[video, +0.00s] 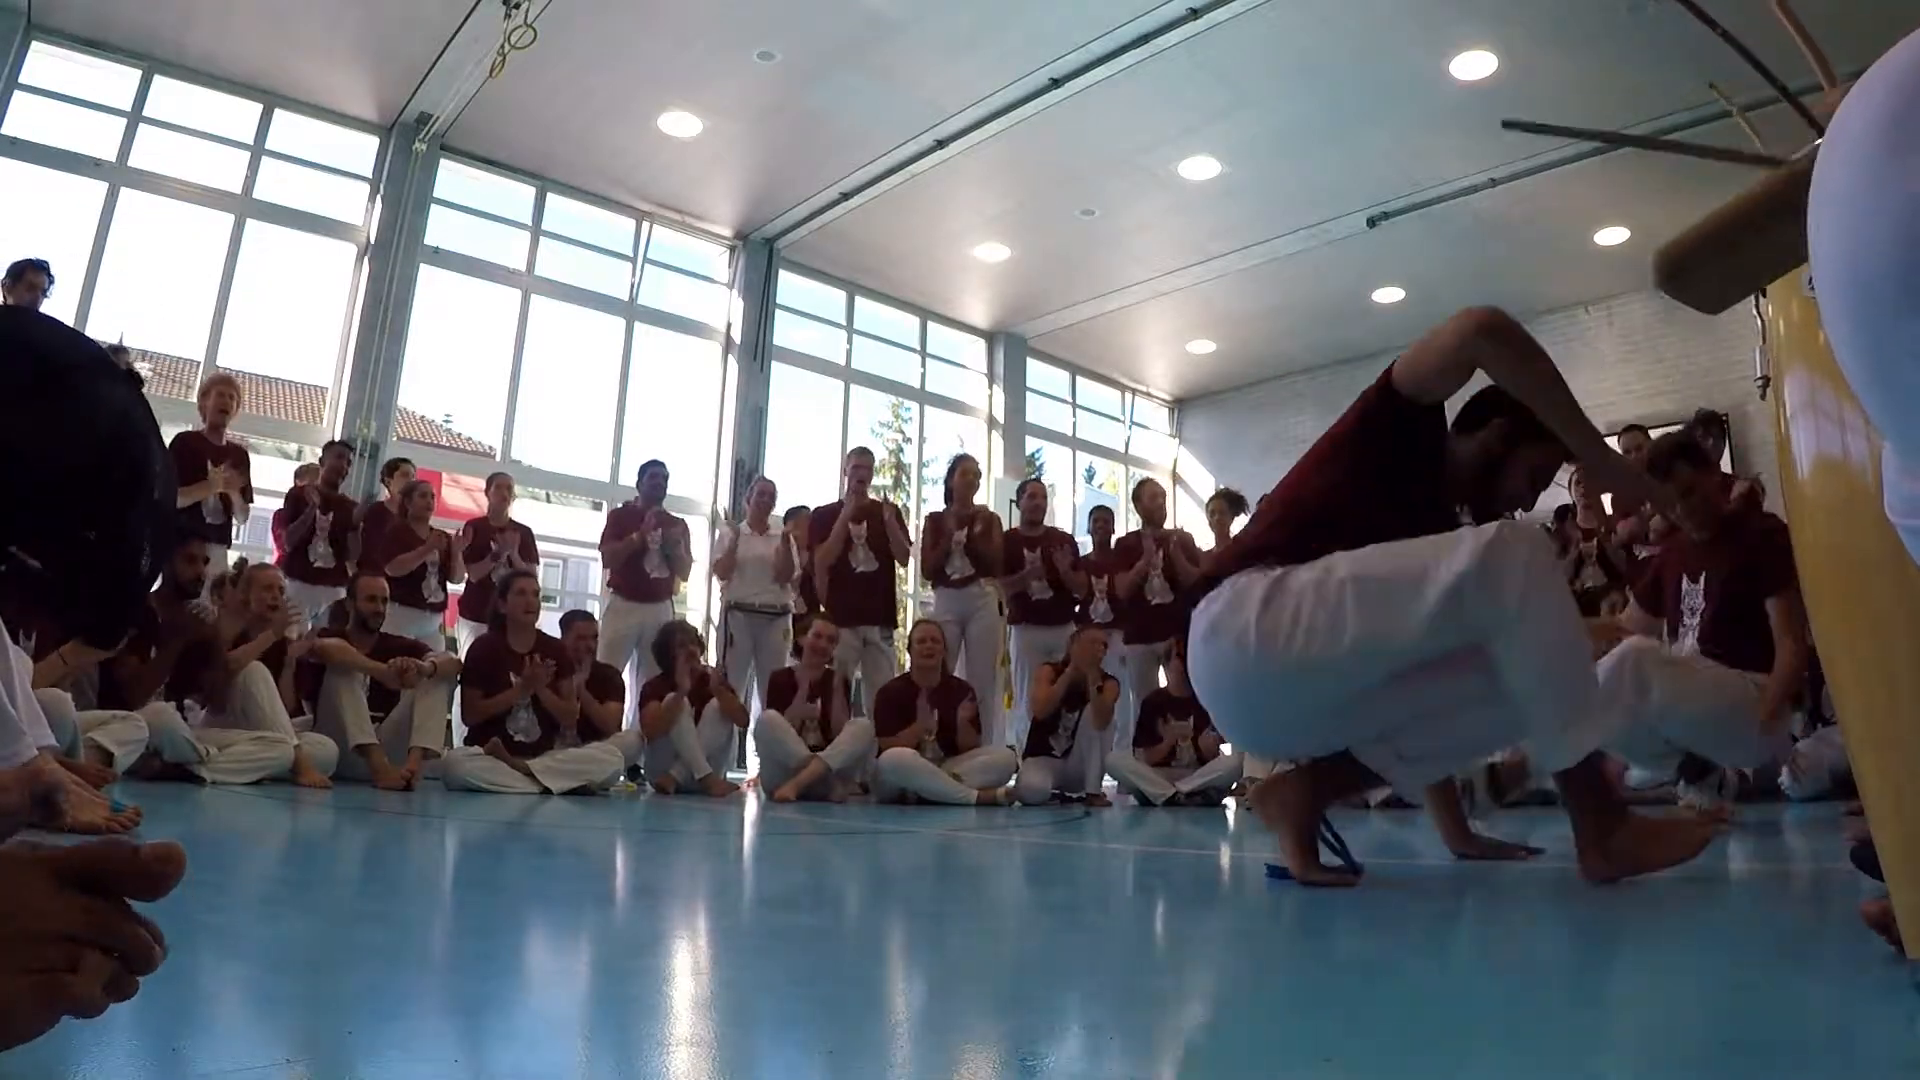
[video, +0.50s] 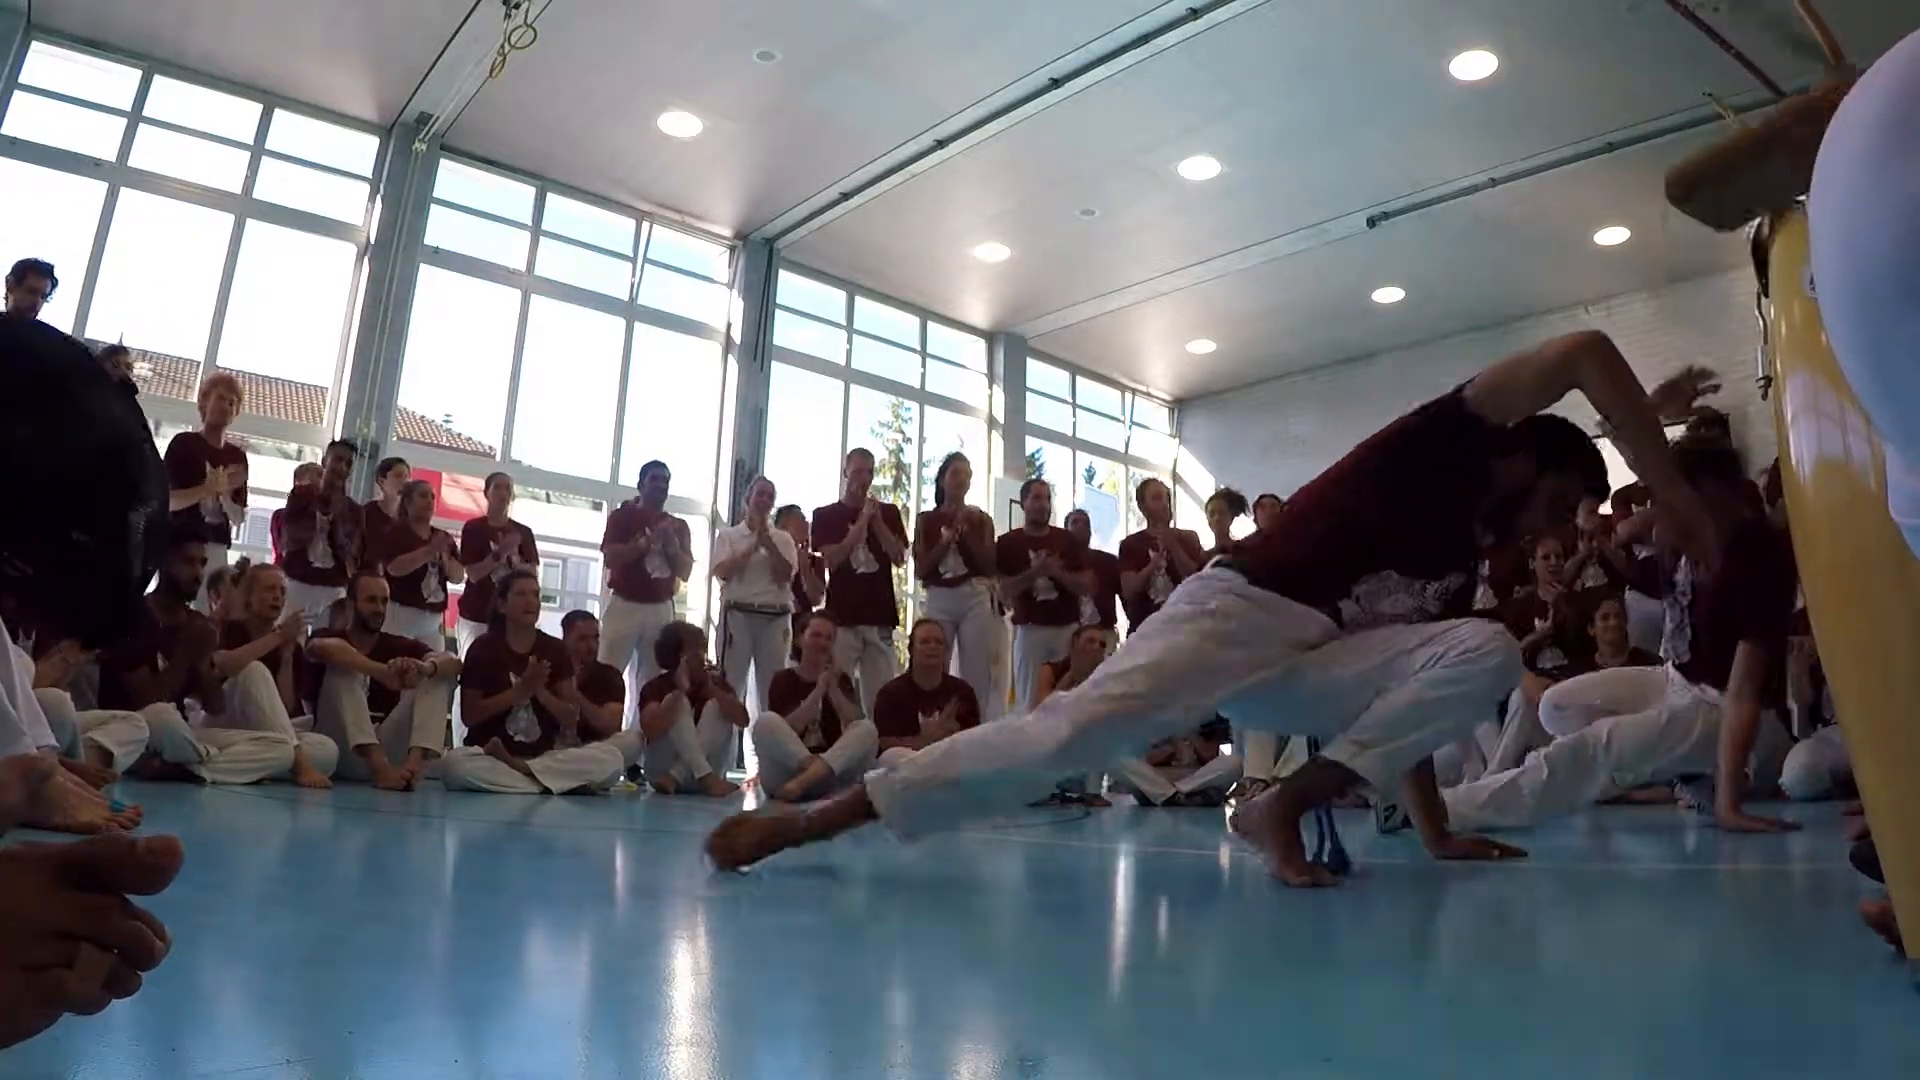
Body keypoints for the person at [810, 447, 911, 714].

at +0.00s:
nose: (861, 474)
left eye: (867, 469)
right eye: (856, 468)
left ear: (873, 474)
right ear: (845, 471)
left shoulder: (888, 512)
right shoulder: (823, 515)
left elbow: (904, 558)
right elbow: (823, 562)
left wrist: (890, 521)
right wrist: (846, 512)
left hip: (880, 620)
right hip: (841, 620)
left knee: (883, 701)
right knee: (837, 700)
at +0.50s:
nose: (862, 479)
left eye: (867, 473)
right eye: (856, 473)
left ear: (873, 476)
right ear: (844, 474)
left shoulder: (888, 512)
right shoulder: (825, 515)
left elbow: (899, 557)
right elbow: (830, 561)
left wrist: (876, 522)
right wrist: (861, 522)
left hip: (879, 619)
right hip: (841, 620)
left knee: (883, 702)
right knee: (836, 698)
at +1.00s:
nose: (859, 478)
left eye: (864, 472)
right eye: (853, 472)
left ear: (869, 475)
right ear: (841, 475)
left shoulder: (886, 512)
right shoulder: (823, 517)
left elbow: (900, 559)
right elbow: (829, 563)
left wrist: (873, 526)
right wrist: (858, 524)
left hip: (878, 618)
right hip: (839, 618)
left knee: (879, 703)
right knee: (835, 699)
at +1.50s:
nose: (862, 477)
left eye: (867, 471)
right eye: (857, 471)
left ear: (872, 475)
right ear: (844, 473)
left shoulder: (889, 513)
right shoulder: (825, 516)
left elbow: (900, 560)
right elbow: (823, 564)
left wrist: (875, 521)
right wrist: (843, 521)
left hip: (878, 620)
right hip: (839, 620)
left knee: (878, 702)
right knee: (837, 700)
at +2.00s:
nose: (875, 477)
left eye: (880, 471)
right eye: (870, 470)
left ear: (886, 475)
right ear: (858, 471)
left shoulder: (898, 512)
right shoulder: (835, 511)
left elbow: (905, 559)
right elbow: (832, 560)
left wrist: (884, 528)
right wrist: (854, 526)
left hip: (884, 618)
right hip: (846, 616)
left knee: (881, 699)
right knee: (844, 696)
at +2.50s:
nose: (886, 477)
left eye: (891, 472)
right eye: (881, 471)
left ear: (896, 476)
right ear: (868, 471)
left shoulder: (907, 514)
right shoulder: (844, 510)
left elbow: (910, 561)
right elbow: (836, 557)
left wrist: (883, 528)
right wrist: (866, 526)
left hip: (886, 613)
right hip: (849, 611)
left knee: (880, 690)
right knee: (845, 688)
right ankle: (844, 748)